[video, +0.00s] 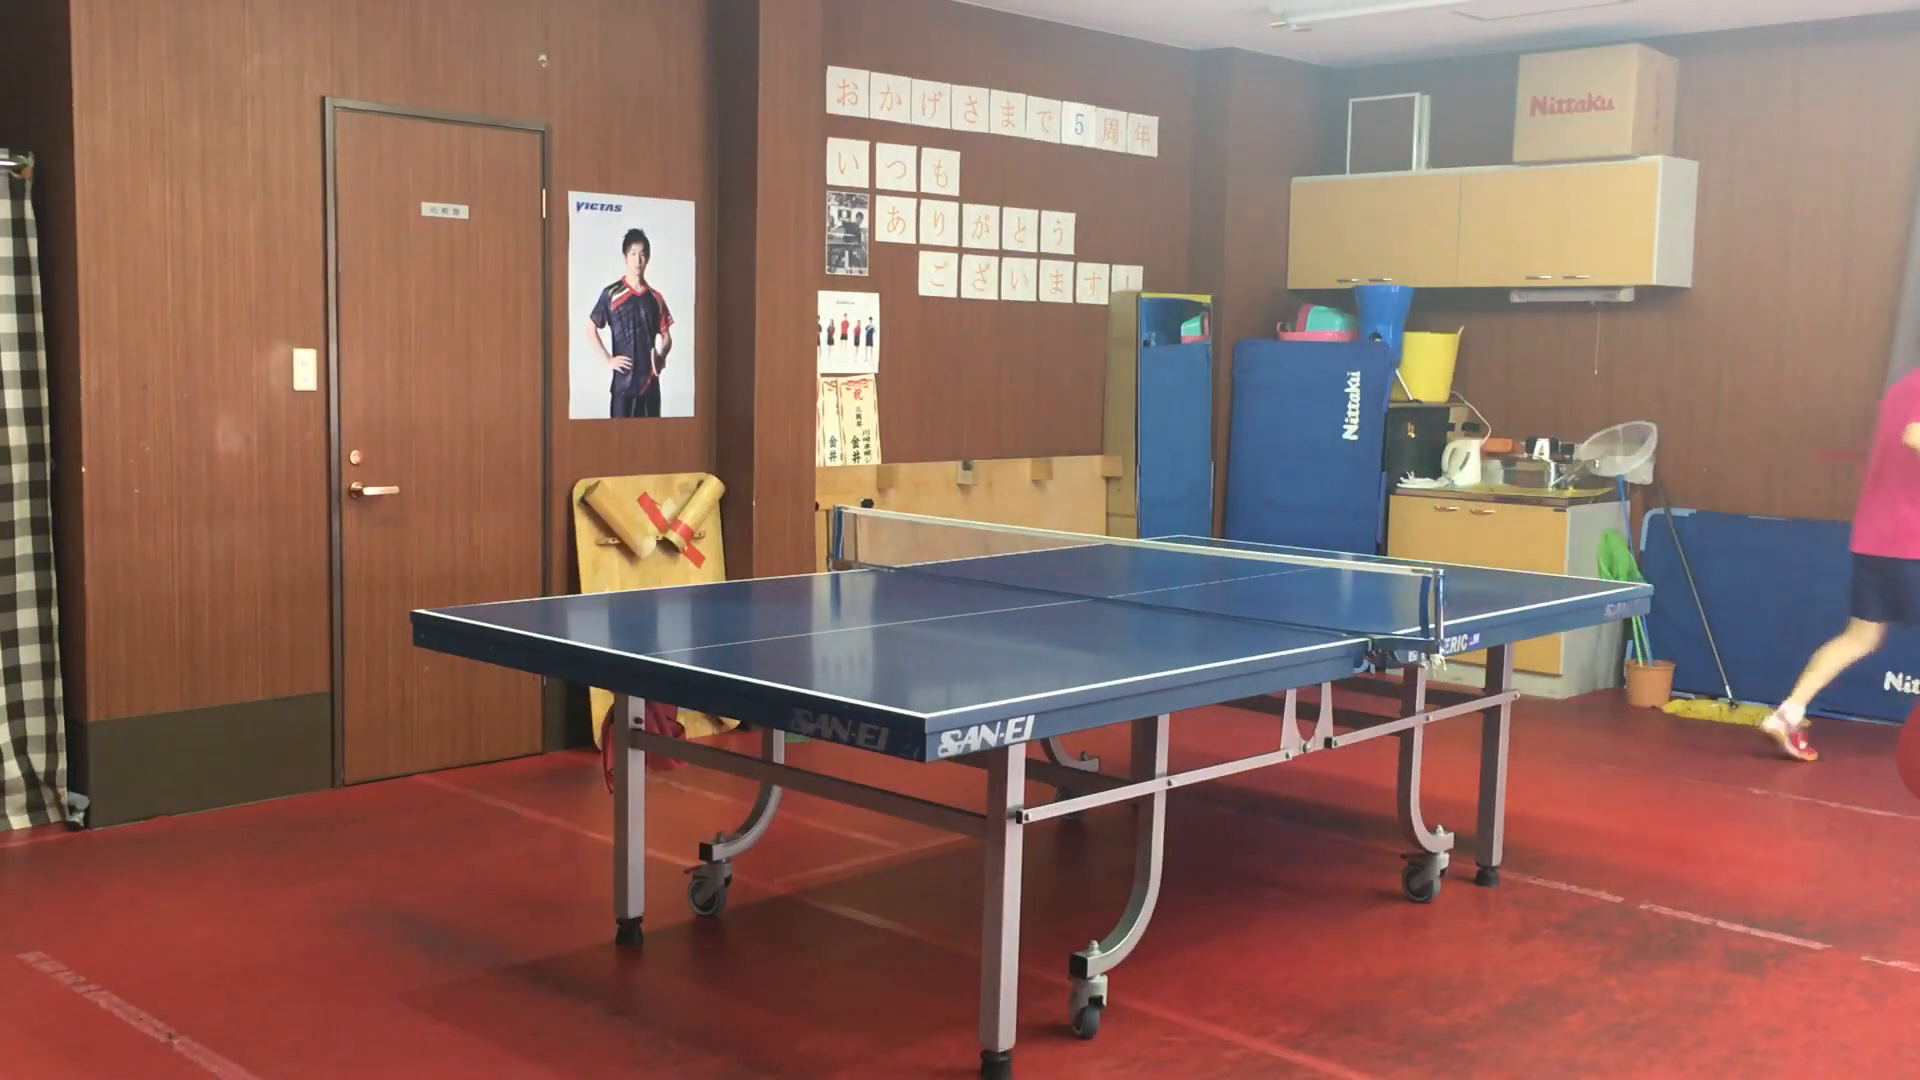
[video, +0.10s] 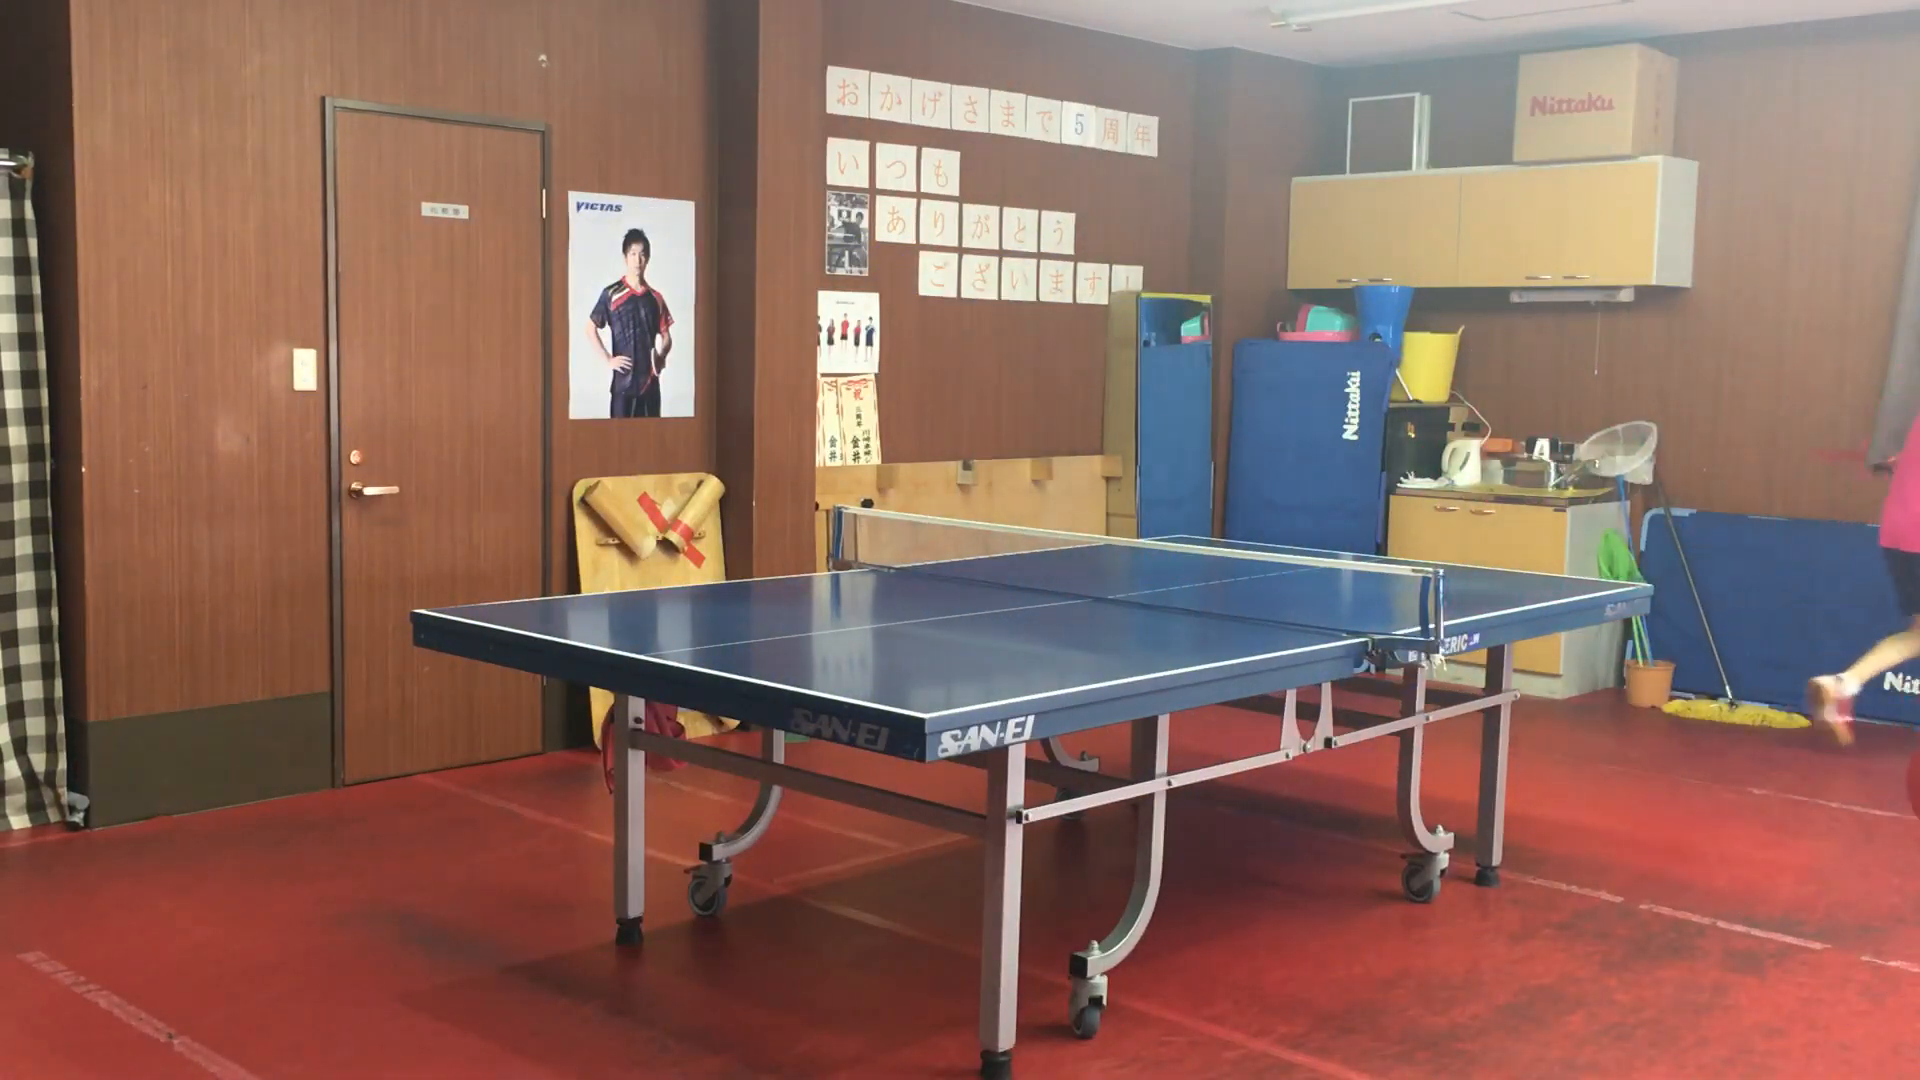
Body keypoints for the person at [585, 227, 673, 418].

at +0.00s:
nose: (638, 259)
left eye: (642, 254)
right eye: (633, 254)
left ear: (648, 258)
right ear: (625, 257)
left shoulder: (655, 297)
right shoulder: (611, 294)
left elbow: (665, 336)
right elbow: (591, 328)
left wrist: (661, 356)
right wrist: (608, 359)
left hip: (650, 378)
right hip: (624, 379)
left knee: (650, 436)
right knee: (622, 436)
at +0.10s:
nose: (638, 259)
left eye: (642, 254)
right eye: (633, 254)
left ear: (648, 258)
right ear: (625, 257)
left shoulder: (655, 297)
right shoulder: (611, 294)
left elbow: (665, 336)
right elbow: (590, 328)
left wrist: (661, 356)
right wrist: (608, 359)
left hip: (650, 378)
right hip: (624, 379)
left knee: (650, 436)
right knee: (622, 436)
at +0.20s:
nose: (638, 259)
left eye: (642, 254)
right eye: (633, 254)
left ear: (648, 258)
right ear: (625, 257)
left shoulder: (655, 297)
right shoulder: (611, 294)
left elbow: (665, 336)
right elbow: (590, 328)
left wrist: (661, 356)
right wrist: (608, 359)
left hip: (650, 378)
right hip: (624, 379)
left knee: (650, 436)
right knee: (622, 436)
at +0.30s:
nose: (638, 259)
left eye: (643, 254)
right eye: (633, 254)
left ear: (648, 258)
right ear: (625, 257)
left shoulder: (655, 297)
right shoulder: (611, 294)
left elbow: (666, 336)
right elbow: (590, 328)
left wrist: (661, 356)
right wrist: (608, 359)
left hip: (650, 378)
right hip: (624, 379)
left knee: (649, 436)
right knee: (622, 436)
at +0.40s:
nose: (638, 259)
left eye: (643, 254)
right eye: (633, 254)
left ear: (648, 258)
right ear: (625, 257)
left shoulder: (655, 297)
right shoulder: (611, 294)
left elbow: (666, 336)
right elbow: (590, 328)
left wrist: (661, 355)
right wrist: (608, 359)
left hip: (650, 379)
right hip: (624, 380)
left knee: (649, 437)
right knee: (622, 437)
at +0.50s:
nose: (638, 259)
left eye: (643, 254)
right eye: (633, 254)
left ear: (648, 258)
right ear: (625, 257)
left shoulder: (655, 297)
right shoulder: (611, 294)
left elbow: (666, 336)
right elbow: (590, 328)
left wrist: (661, 355)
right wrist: (608, 359)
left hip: (650, 379)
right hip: (624, 379)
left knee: (650, 436)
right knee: (622, 436)